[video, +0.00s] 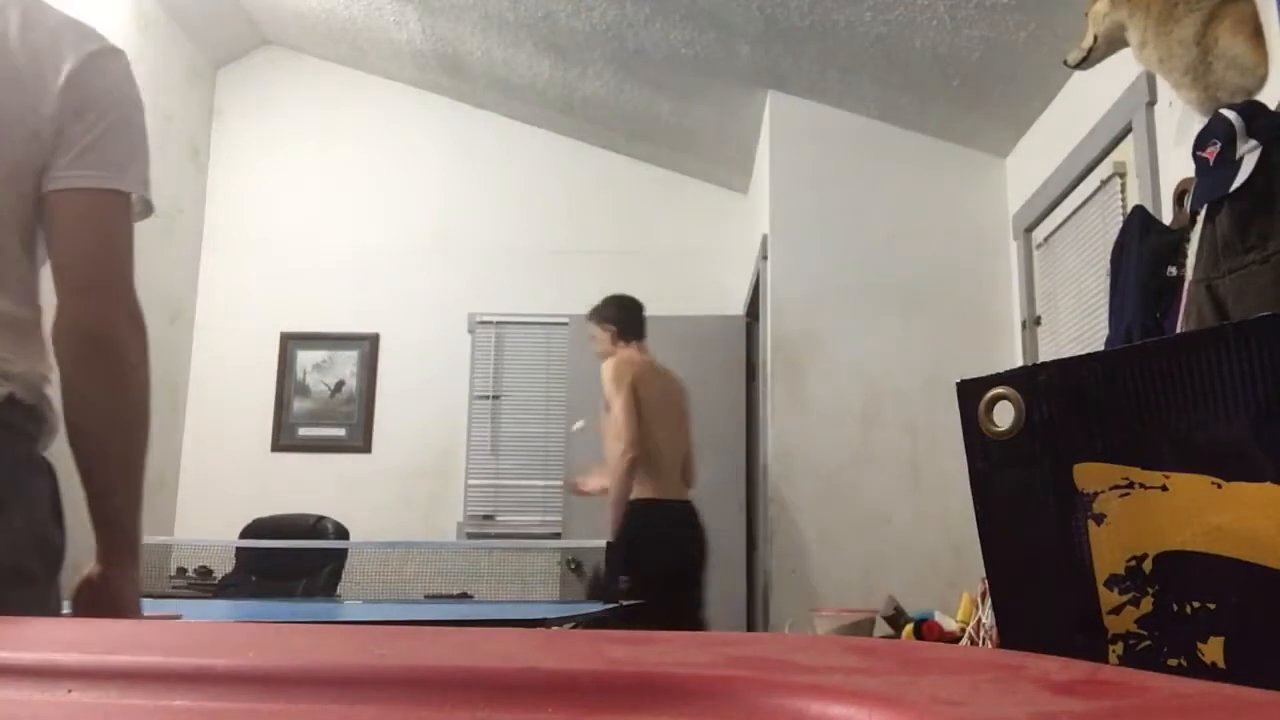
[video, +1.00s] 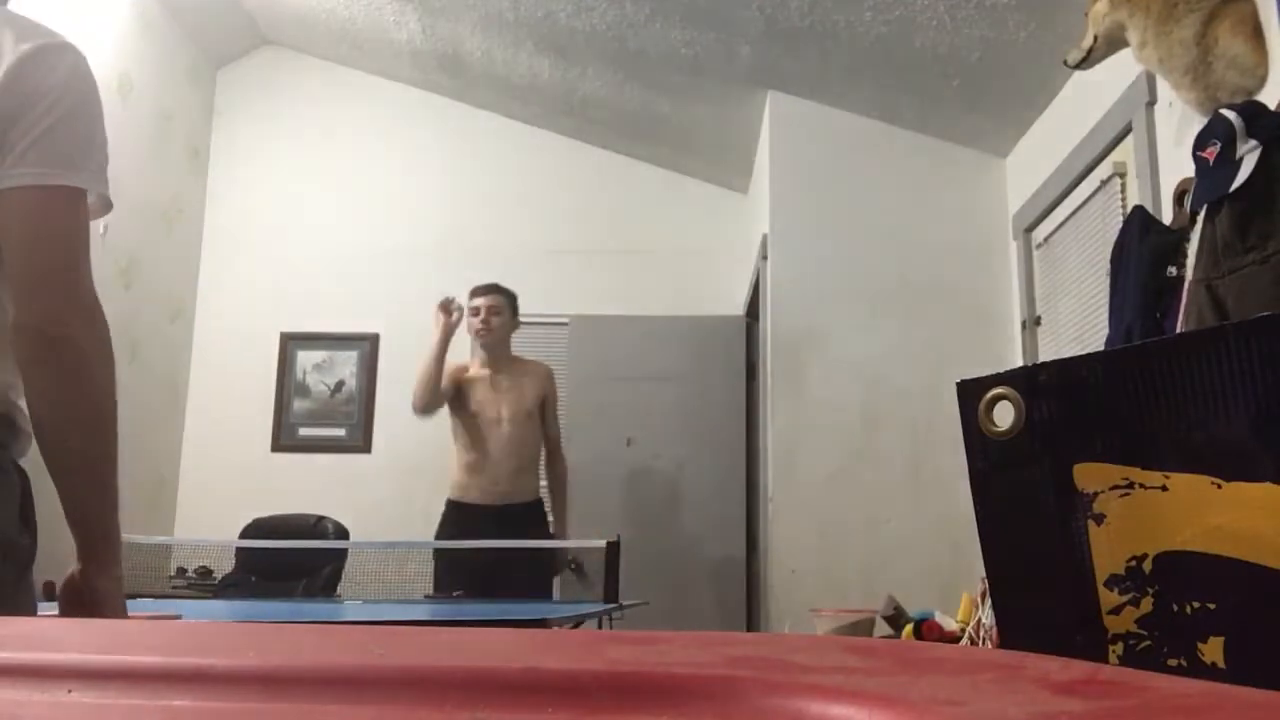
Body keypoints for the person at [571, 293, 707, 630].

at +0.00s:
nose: (594, 346)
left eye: (596, 336)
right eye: (593, 337)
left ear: (614, 332)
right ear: (635, 330)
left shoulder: (618, 366)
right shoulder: (671, 380)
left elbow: (628, 451)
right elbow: (685, 475)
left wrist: (614, 538)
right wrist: (605, 482)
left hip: (644, 523)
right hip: (683, 521)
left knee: (636, 637)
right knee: (684, 635)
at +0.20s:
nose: (558, 332)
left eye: (566, 322)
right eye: (558, 323)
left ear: (595, 324)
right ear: (592, 326)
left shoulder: (610, 363)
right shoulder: (598, 372)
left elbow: (631, 445)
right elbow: (577, 461)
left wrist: (577, 515)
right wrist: (546, 415)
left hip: (613, 519)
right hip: (600, 519)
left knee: (582, 636)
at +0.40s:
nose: (552, 318)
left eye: (563, 310)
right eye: (548, 311)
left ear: (591, 319)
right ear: (545, 319)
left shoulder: (609, 368)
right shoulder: (553, 382)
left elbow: (635, 451)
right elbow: (514, 456)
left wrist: (585, 515)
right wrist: (486, 430)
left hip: (594, 520)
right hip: (552, 519)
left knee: (587, 632)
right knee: (519, 620)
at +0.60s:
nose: (526, 318)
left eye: (538, 311)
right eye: (520, 310)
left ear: (560, 322)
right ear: (513, 319)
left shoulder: (581, 376)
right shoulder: (497, 382)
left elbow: (607, 454)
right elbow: (469, 460)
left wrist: (607, 524)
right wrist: (475, 490)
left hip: (558, 520)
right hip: (502, 521)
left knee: (559, 633)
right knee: (479, 630)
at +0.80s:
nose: (496, 318)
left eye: (508, 311)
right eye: (489, 311)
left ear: (528, 322)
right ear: (482, 320)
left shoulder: (552, 376)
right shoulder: (468, 379)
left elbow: (577, 457)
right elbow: (434, 456)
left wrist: (589, 536)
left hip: (534, 523)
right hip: (474, 521)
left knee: (531, 637)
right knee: (462, 635)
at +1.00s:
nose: (483, 319)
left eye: (494, 311)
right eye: (475, 312)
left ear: (514, 323)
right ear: (467, 323)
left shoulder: (538, 375)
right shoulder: (457, 375)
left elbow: (554, 454)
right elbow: (422, 404)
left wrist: (560, 534)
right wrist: (443, 334)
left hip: (524, 521)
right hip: (465, 521)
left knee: (526, 636)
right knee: (455, 634)